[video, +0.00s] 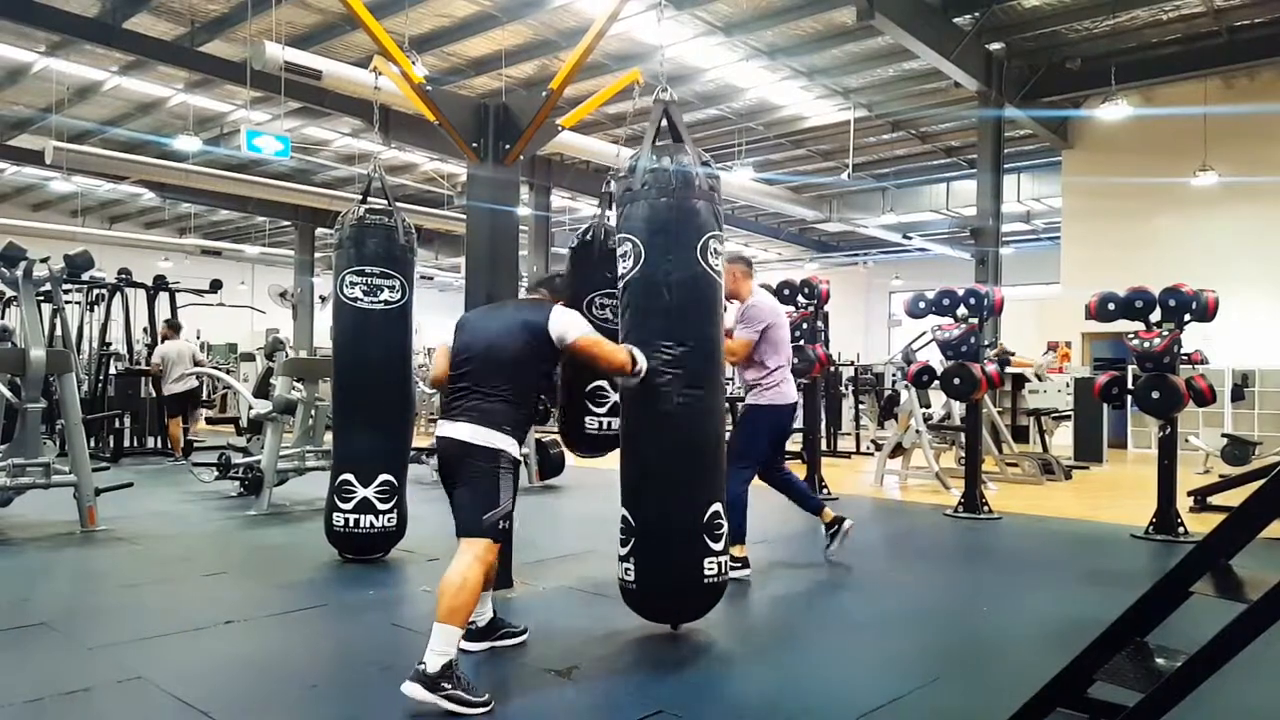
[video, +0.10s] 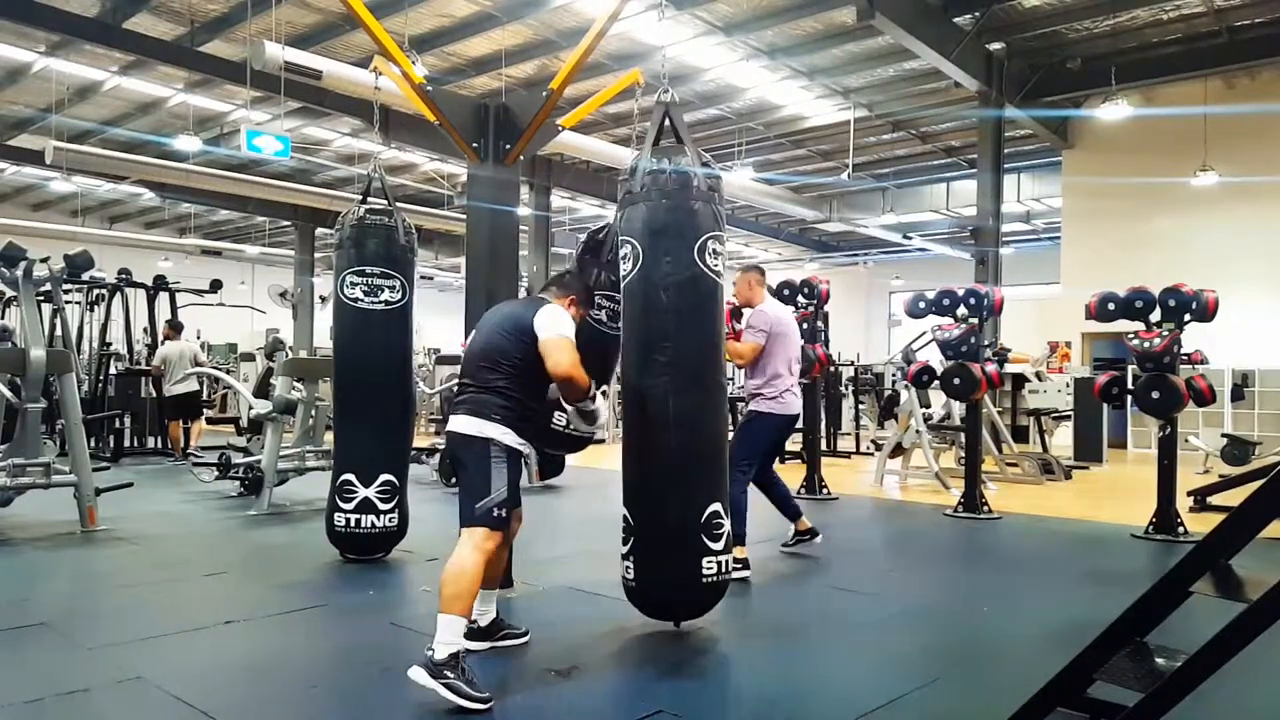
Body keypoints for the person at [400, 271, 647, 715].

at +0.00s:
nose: (568, 317)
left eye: (567, 311)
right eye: (568, 311)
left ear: (529, 293)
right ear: (559, 302)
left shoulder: (475, 317)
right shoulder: (557, 316)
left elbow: (439, 375)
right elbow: (613, 359)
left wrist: (484, 378)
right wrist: (634, 359)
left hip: (450, 438)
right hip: (490, 444)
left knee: (481, 534)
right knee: (478, 550)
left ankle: (479, 621)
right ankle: (434, 669)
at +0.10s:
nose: (578, 322)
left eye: (580, 317)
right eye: (579, 316)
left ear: (547, 293)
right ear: (570, 302)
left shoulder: (504, 310)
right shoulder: (552, 313)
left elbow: (497, 375)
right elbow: (564, 369)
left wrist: (540, 409)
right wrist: (586, 400)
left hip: (478, 429)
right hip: (489, 432)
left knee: (507, 522)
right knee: (481, 536)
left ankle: (481, 620)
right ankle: (442, 656)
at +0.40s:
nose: (575, 325)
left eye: (579, 319)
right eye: (578, 316)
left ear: (560, 296)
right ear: (565, 298)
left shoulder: (528, 322)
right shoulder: (523, 319)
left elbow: (520, 385)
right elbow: (521, 385)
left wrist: (559, 381)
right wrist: (562, 377)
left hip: (509, 448)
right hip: (478, 445)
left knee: (542, 512)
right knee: (475, 542)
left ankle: (504, 593)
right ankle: (419, 652)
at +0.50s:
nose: (581, 324)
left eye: (586, 317)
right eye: (584, 314)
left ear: (562, 297)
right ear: (567, 298)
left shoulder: (540, 328)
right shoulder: (521, 321)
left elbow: (558, 360)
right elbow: (504, 384)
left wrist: (600, 351)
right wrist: (559, 398)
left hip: (513, 447)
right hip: (483, 443)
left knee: (534, 515)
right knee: (477, 540)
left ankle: (510, 597)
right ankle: (422, 649)